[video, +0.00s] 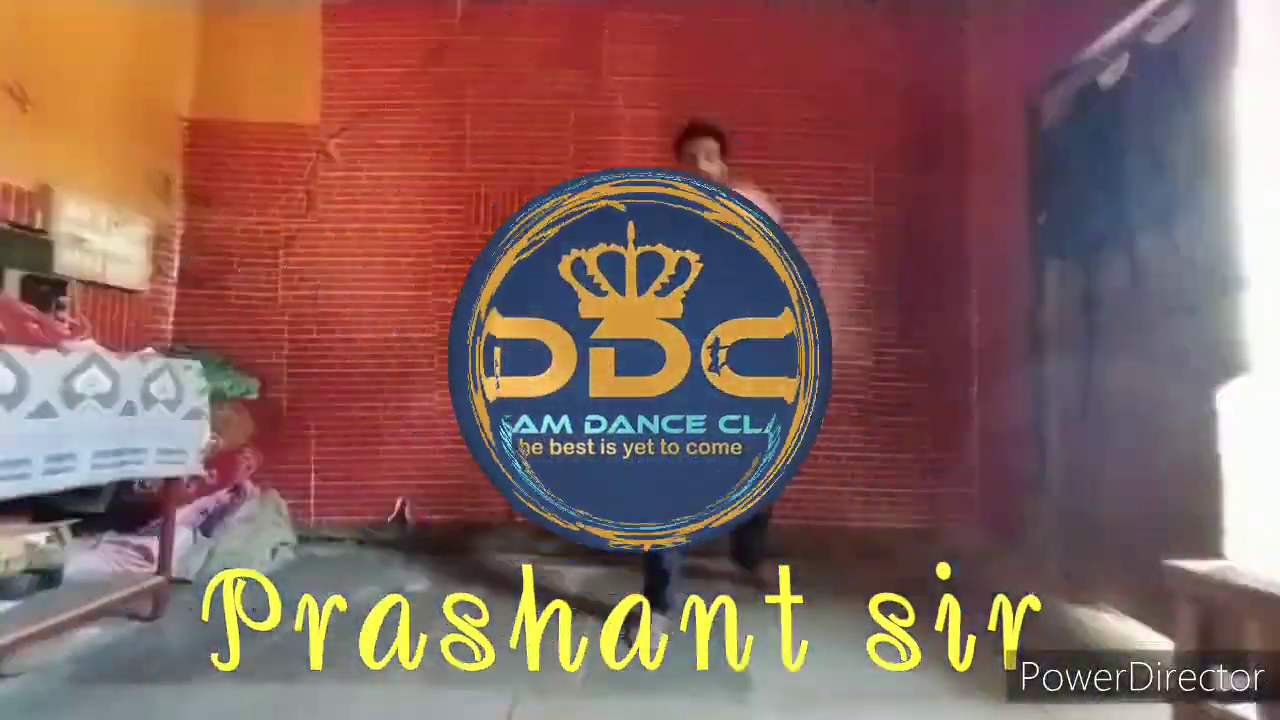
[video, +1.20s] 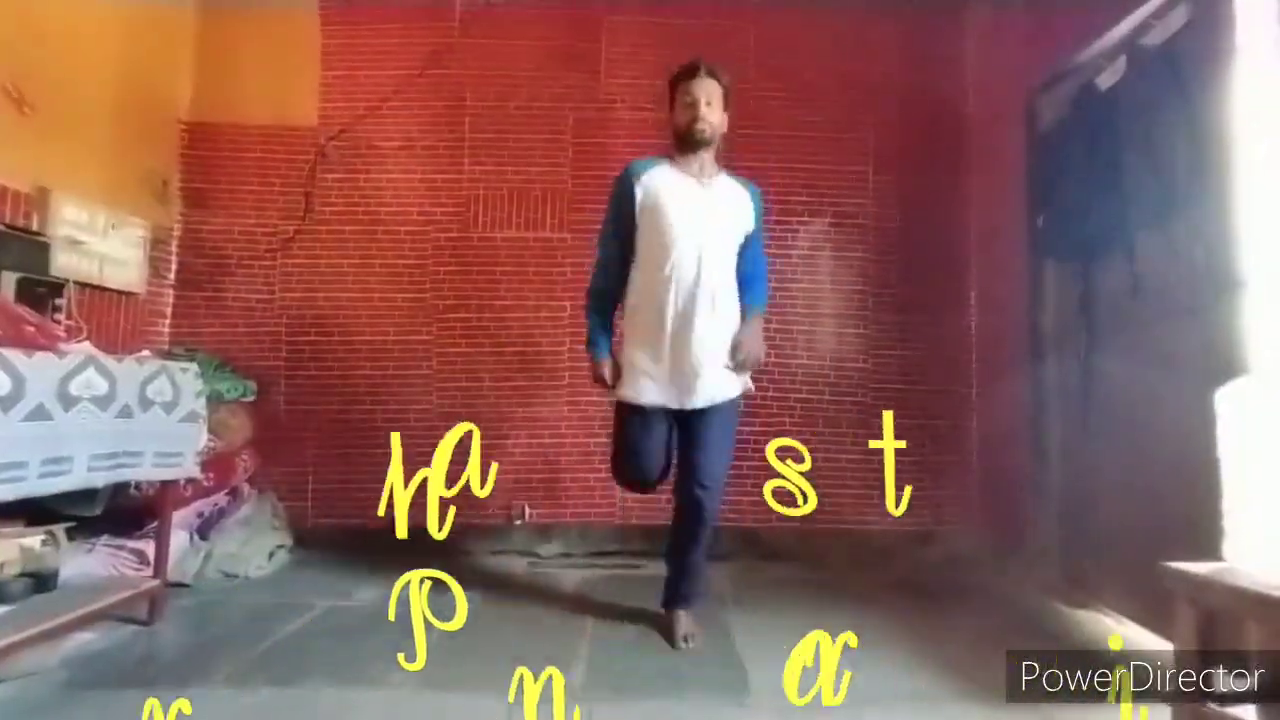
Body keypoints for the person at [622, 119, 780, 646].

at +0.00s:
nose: (704, 165)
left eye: (711, 156)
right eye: (693, 157)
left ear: (724, 159)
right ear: (680, 162)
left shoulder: (748, 204)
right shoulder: (666, 210)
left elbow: (777, 273)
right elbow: (650, 278)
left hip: (743, 353)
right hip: (672, 357)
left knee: (754, 452)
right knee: (664, 467)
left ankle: (749, 550)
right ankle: (656, 590)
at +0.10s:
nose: (702, 165)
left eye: (709, 155)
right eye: (692, 157)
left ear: (724, 160)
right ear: (680, 165)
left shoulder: (748, 209)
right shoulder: (672, 226)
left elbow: (775, 268)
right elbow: (655, 293)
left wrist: (760, 221)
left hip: (742, 357)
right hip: (677, 362)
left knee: (754, 466)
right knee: (666, 473)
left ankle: (749, 556)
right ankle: (658, 592)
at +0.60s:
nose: (673, 123)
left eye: (685, 114)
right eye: (665, 113)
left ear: (704, 127)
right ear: (652, 120)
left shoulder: (726, 176)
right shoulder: (629, 185)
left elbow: (733, 244)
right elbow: (628, 253)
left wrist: (707, 291)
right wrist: (644, 314)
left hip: (713, 358)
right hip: (650, 357)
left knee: (710, 488)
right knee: (648, 489)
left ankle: (702, 610)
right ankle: (655, 607)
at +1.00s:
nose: (702, 96)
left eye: (712, 86)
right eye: (690, 86)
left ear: (728, 98)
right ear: (672, 95)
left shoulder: (747, 176)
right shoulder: (639, 165)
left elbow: (751, 254)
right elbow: (603, 247)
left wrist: (742, 315)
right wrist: (608, 325)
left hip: (711, 355)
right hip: (640, 350)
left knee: (696, 482)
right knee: (634, 458)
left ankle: (682, 601)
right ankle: (636, 521)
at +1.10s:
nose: (703, 117)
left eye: (714, 107)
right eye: (691, 106)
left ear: (729, 119)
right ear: (673, 115)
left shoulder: (744, 202)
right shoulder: (640, 186)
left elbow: (746, 283)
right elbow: (604, 276)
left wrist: (750, 334)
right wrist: (600, 351)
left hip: (716, 372)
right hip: (649, 367)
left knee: (699, 497)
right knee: (632, 472)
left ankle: (678, 602)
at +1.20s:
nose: (701, 112)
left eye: (712, 103)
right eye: (690, 102)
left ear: (726, 114)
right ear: (672, 111)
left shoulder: (746, 197)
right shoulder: (639, 181)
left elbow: (755, 274)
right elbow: (608, 269)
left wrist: (753, 324)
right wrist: (600, 343)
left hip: (717, 366)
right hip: (648, 362)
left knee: (701, 496)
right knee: (639, 474)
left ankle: (681, 604)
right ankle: (652, 409)